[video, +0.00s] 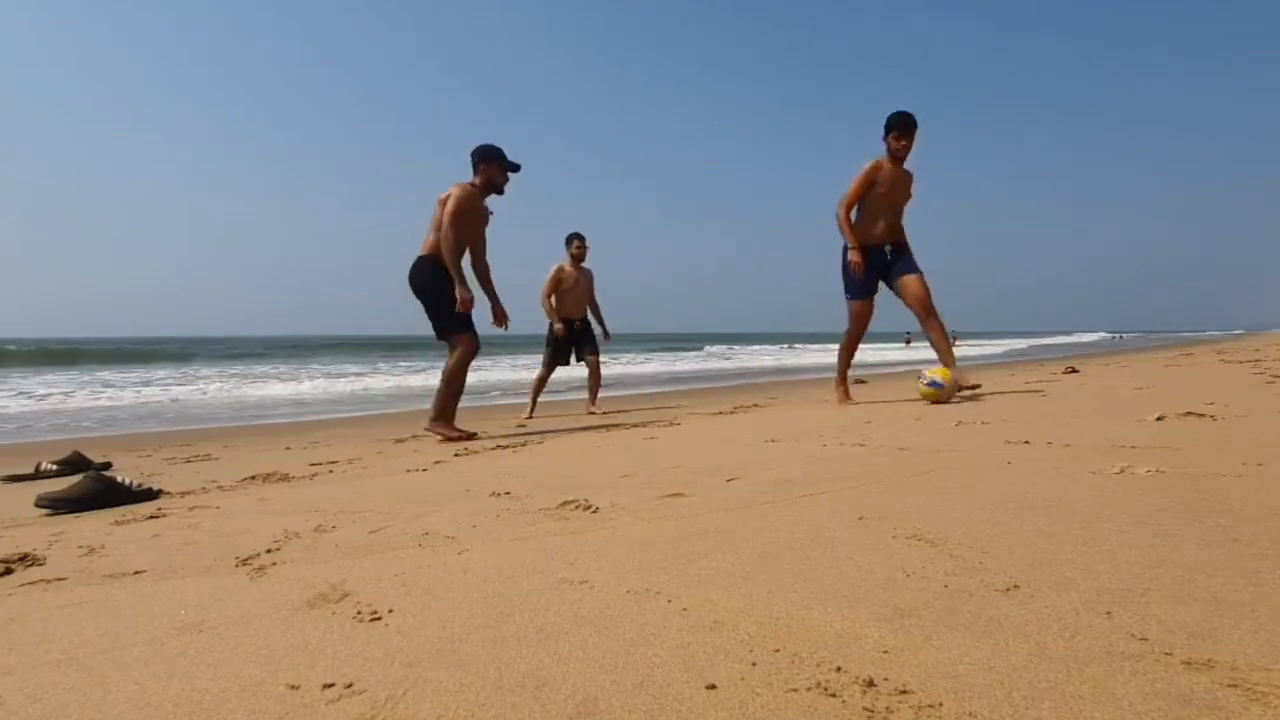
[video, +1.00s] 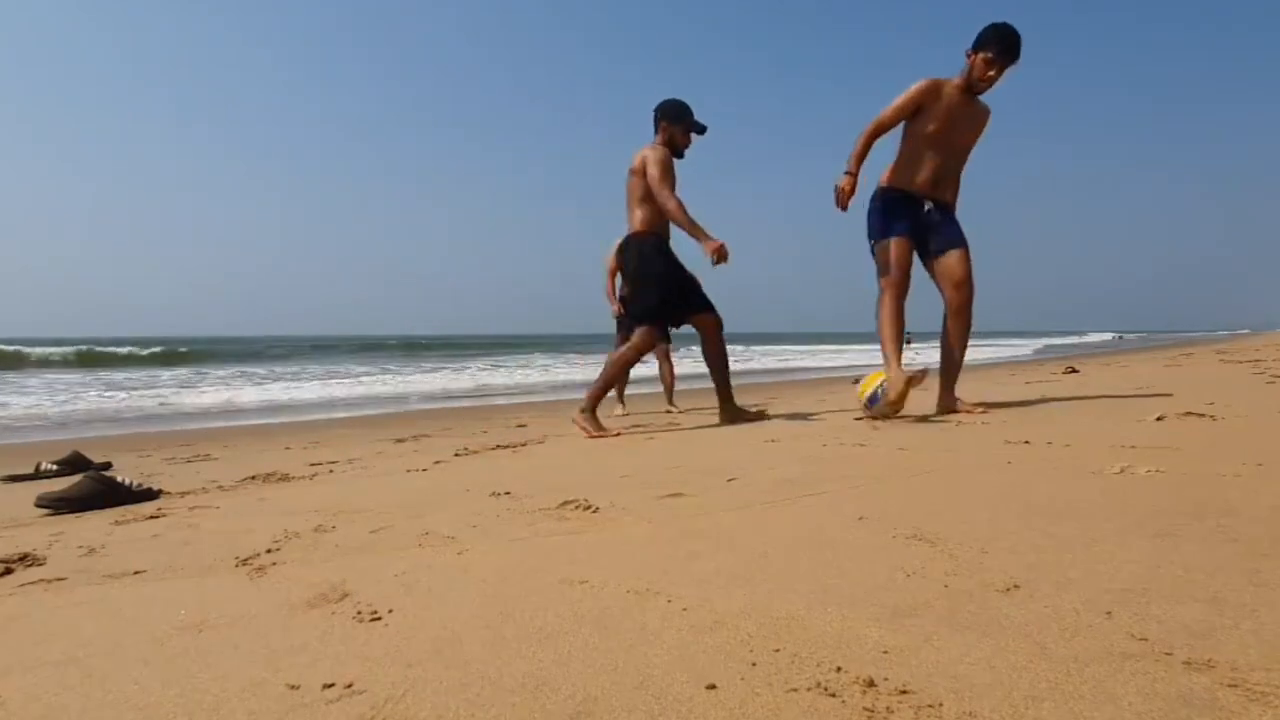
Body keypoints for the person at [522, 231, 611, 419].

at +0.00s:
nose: (583, 251)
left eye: (585, 247)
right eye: (578, 247)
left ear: (586, 250)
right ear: (569, 249)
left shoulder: (587, 274)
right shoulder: (559, 271)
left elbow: (592, 301)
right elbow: (545, 297)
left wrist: (603, 327)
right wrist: (554, 321)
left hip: (582, 323)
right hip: (562, 323)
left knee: (594, 363)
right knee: (547, 369)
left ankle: (591, 404)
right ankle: (531, 406)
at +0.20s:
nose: (600, 241)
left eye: (602, 238)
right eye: (596, 238)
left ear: (603, 240)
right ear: (586, 239)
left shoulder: (606, 265)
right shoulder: (575, 261)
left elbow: (613, 293)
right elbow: (560, 287)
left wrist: (624, 319)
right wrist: (557, 316)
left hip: (596, 313)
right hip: (576, 311)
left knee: (596, 361)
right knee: (577, 358)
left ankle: (593, 404)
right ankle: (569, 398)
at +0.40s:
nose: (611, 241)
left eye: (613, 237)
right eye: (607, 237)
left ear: (616, 240)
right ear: (597, 239)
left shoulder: (620, 264)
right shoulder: (586, 262)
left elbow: (629, 292)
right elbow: (572, 290)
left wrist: (638, 313)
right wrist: (566, 319)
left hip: (610, 313)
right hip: (591, 311)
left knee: (604, 359)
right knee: (601, 356)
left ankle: (593, 403)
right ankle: (614, 401)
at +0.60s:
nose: (620, 233)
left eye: (622, 229)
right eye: (615, 229)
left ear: (625, 231)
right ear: (606, 232)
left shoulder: (630, 256)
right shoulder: (598, 258)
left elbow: (637, 282)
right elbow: (586, 285)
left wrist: (645, 305)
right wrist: (583, 311)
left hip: (624, 307)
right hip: (604, 305)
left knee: (628, 355)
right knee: (613, 354)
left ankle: (610, 388)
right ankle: (618, 402)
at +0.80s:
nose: (632, 225)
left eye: (634, 220)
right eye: (628, 221)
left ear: (638, 223)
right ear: (618, 223)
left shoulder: (638, 249)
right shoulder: (609, 248)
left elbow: (648, 282)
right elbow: (604, 277)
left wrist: (657, 309)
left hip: (636, 301)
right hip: (615, 302)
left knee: (650, 350)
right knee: (618, 351)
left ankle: (655, 398)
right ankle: (617, 400)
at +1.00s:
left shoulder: (661, 253)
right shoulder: (624, 246)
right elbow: (612, 275)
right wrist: (614, 301)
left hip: (654, 305)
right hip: (629, 304)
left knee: (663, 353)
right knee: (624, 353)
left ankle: (670, 400)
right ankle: (620, 401)